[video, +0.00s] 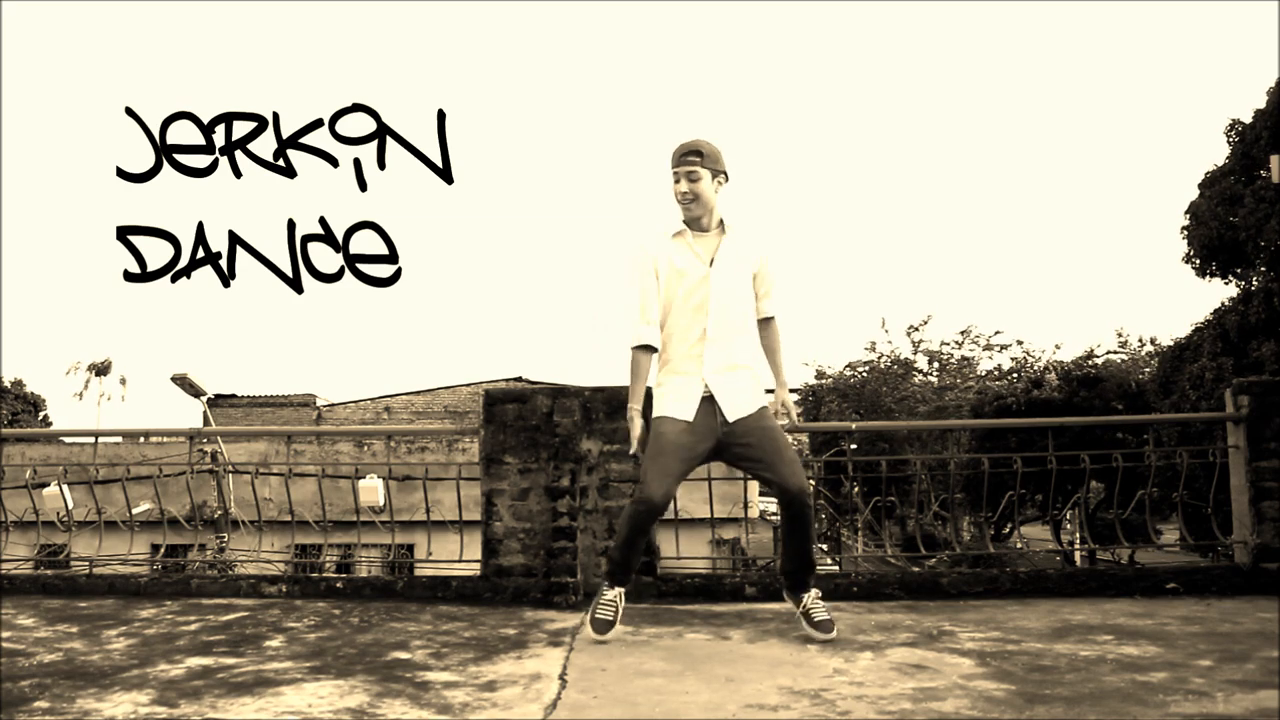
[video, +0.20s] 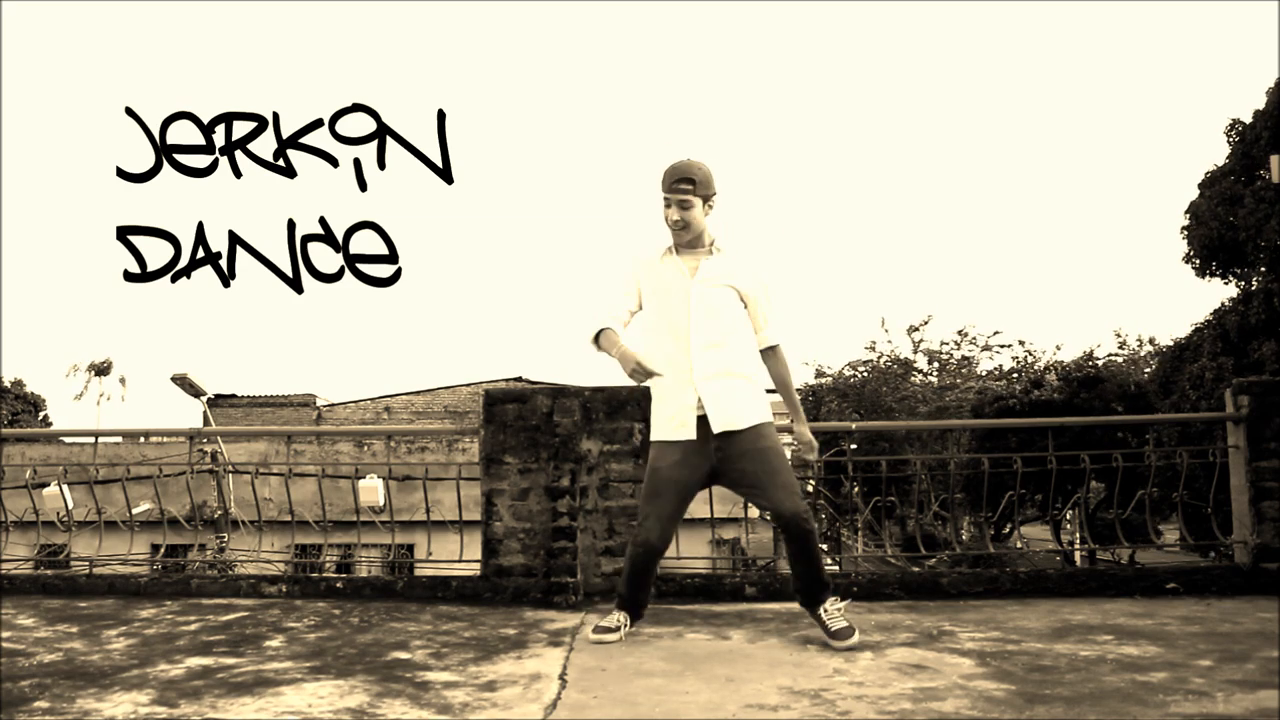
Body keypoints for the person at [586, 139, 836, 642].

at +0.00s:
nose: (683, 188)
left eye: (693, 177)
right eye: (677, 180)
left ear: (719, 182)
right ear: (672, 188)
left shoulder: (748, 250)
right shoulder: (657, 257)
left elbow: (767, 322)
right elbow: (645, 340)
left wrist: (781, 385)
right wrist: (634, 410)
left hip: (745, 396)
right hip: (679, 398)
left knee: (797, 489)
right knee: (651, 496)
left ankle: (801, 588)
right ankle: (614, 585)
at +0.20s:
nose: (675, 214)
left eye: (685, 204)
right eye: (668, 204)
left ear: (709, 206)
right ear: (662, 207)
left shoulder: (740, 270)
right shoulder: (647, 274)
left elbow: (770, 349)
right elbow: (604, 329)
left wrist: (798, 418)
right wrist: (623, 353)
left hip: (743, 421)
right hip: (675, 427)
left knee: (795, 515)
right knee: (649, 536)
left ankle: (820, 602)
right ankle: (625, 612)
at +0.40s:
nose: (718, 203)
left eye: (728, 193)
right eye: (710, 194)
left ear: (751, 197)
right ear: (703, 200)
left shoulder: (778, 271)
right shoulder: (681, 271)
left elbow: (826, 335)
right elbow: (662, 346)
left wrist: (881, 387)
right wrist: (615, 333)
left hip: (767, 411)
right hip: (701, 415)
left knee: (808, 509)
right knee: (680, 517)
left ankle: (815, 617)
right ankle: (626, 596)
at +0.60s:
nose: (747, 186)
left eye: (758, 176)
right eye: (741, 177)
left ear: (783, 180)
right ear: (733, 182)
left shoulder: (799, 252)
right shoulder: (708, 244)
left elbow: (797, 314)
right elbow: (698, 318)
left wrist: (773, 347)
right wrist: (743, 351)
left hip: (777, 389)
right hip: (719, 389)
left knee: (821, 499)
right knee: (728, 491)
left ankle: (817, 616)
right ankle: (763, 491)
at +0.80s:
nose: (719, 156)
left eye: (729, 146)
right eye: (713, 148)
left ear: (757, 149)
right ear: (708, 155)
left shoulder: (784, 224)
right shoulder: (686, 216)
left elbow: (802, 303)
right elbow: (658, 288)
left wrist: (806, 369)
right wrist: (674, 350)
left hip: (772, 384)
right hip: (705, 379)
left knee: (809, 486)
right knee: (679, 488)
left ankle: (796, 616)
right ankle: (657, 553)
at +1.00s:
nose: (658, 167)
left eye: (666, 155)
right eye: (651, 158)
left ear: (697, 154)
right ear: (647, 161)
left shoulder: (730, 218)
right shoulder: (636, 220)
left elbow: (742, 287)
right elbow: (618, 284)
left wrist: (741, 347)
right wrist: (621, 346)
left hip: (715, 387)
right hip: (648, 386)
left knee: (764, 489)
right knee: (621, 501)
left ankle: (797, 624)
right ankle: (578, 609)